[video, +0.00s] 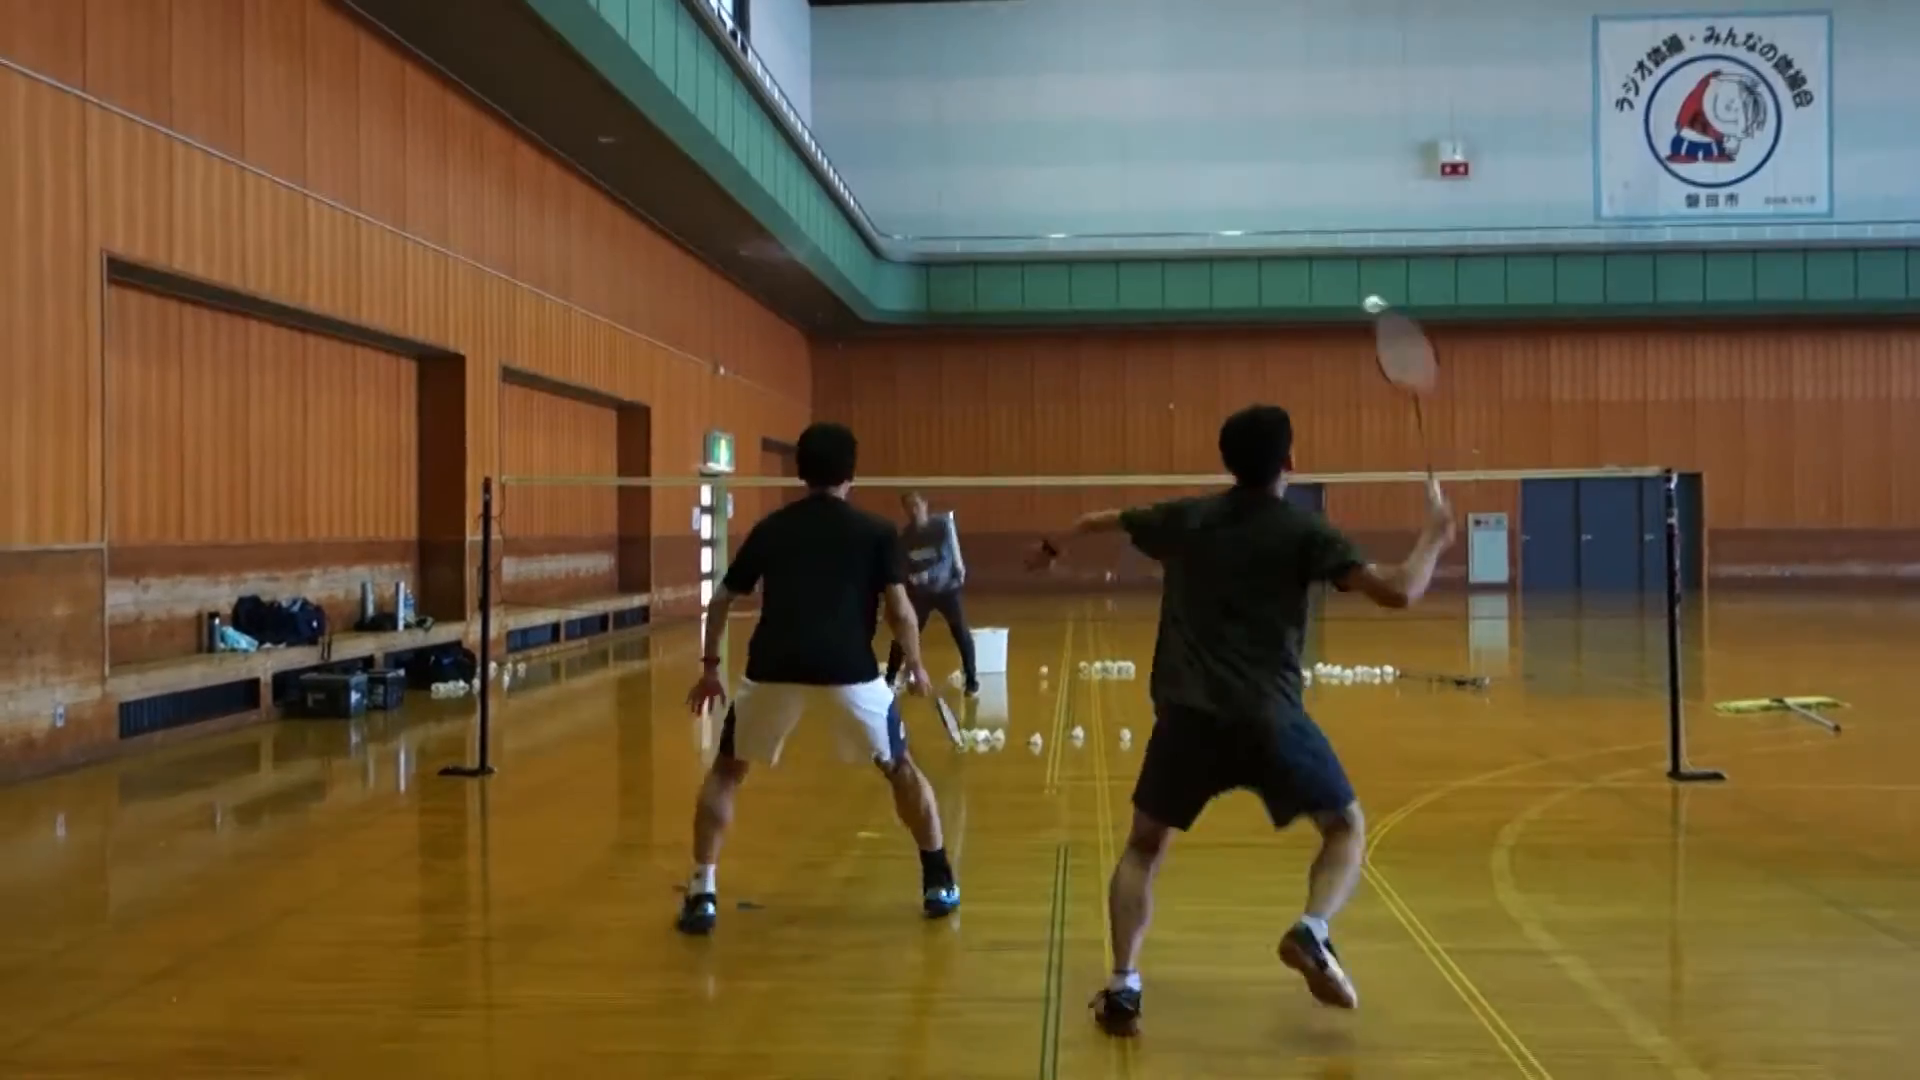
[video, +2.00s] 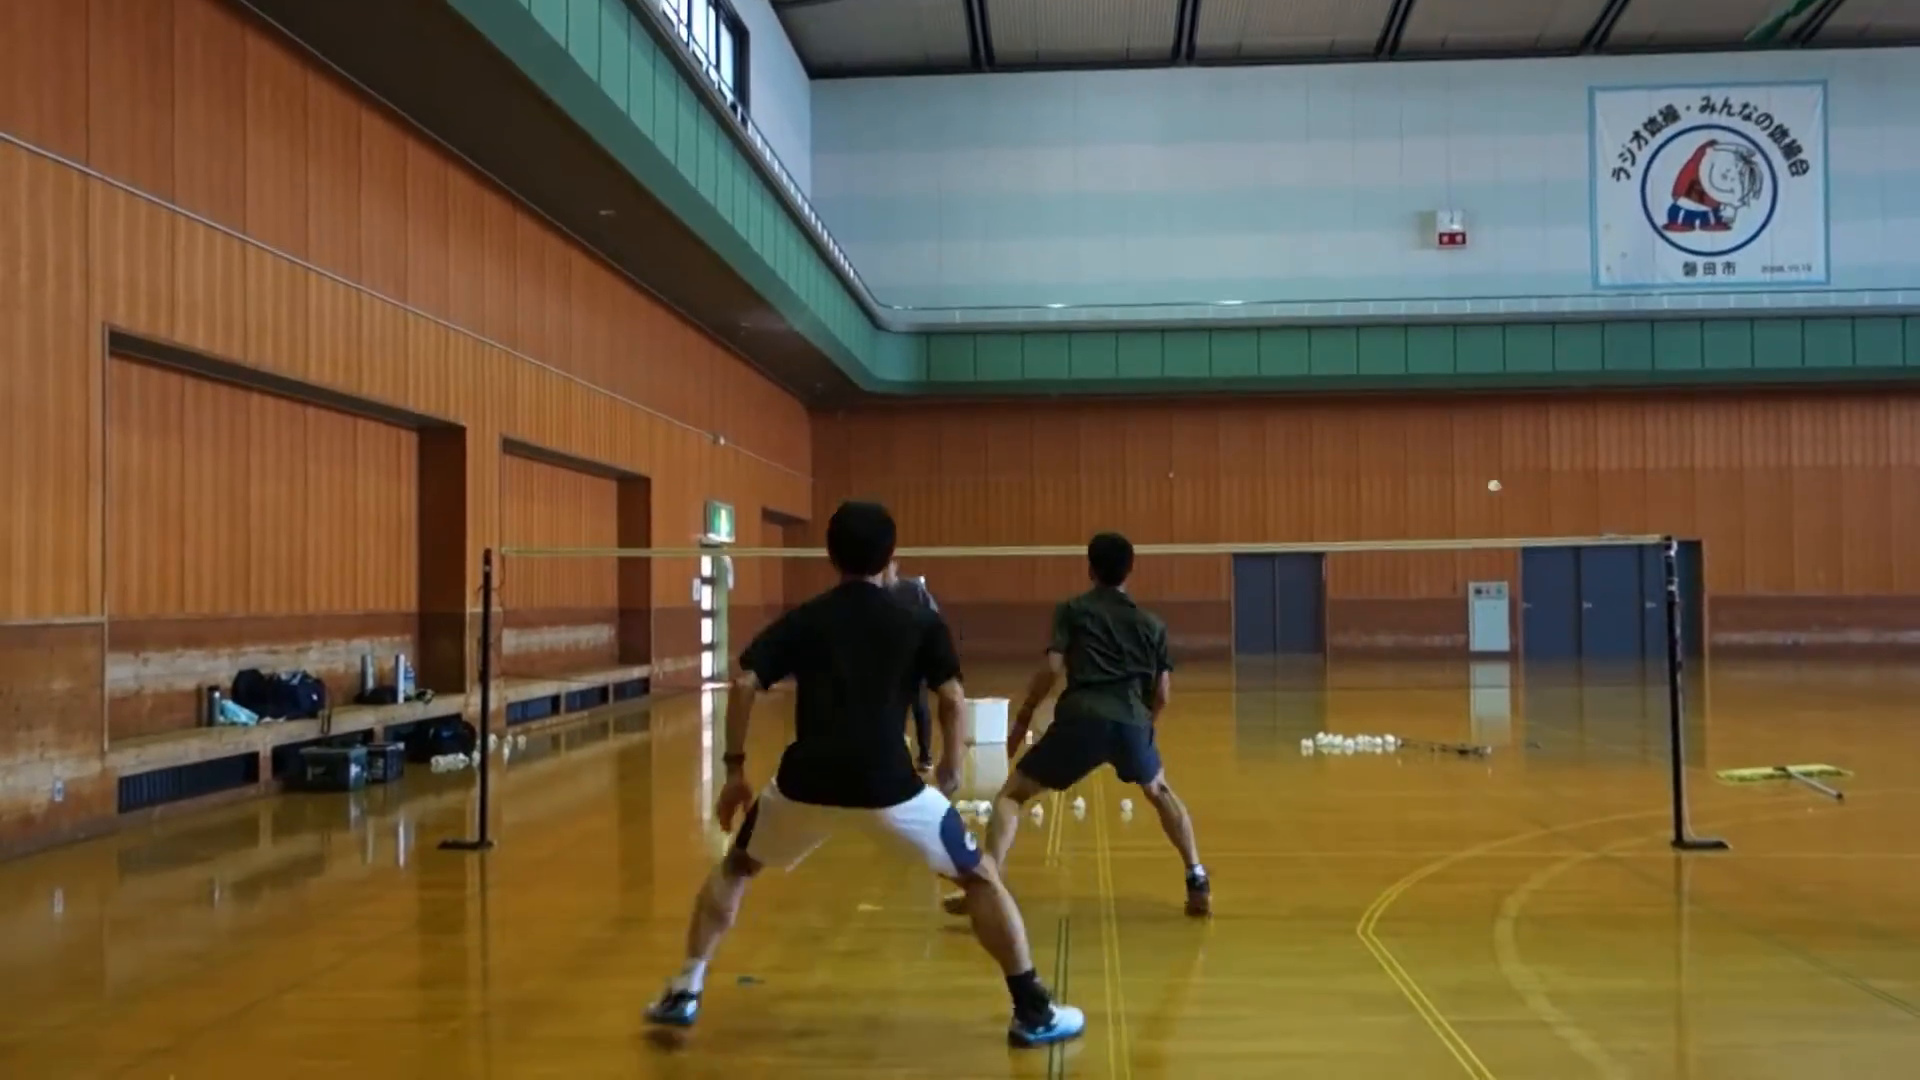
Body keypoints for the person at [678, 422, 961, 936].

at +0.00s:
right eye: (847, 468)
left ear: (799, 470)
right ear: (851, 473)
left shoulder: (772, 528)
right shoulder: (876, 533)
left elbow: (721, 601)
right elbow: (900, 610)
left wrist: (709, 665)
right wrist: (915, 664)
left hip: (775, 670)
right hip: (851, 672)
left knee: (726, 772)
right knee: (902, 771)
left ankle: (701, 894)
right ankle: (939, 879)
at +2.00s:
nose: (894, 555)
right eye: (893, 549)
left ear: (832, 555)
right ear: (890, 558)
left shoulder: (808, 617)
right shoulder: (917, 623)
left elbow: (742, 681)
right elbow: (952, 699)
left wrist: (734, 770)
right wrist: (949, 782)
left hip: (806, 782)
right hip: (889, 784)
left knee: (737, 868)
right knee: (977, 877)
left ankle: (685, 988)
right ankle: (1033, 1008)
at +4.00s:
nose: (1220, 489)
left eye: (1222, 484)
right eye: (1222, 483)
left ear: (1228, 488)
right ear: (1268, 492)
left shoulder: (1208, 530)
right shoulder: (1289, 539)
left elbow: (1138, 564)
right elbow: (1332, 596)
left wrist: (1124, 595)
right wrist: (1364, 639)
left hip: (1219, 650)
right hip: (1277, 650)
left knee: (1160, 723)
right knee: (1315, 712)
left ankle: (1150, 800)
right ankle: (1333, 804)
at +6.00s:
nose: (1087, 521)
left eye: (1088, 514)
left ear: (1089, 519)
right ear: (1137, 519)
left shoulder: (1072, 572)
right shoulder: (1167, 572)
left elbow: (1060, 626)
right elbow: (1203, 651)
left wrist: (1049, 689)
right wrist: (1205, 711)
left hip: (1096, 696)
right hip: (1164, 693)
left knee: (1067, 786)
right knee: (1209, 790)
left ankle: (1048, 888)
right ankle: (1233, 900)